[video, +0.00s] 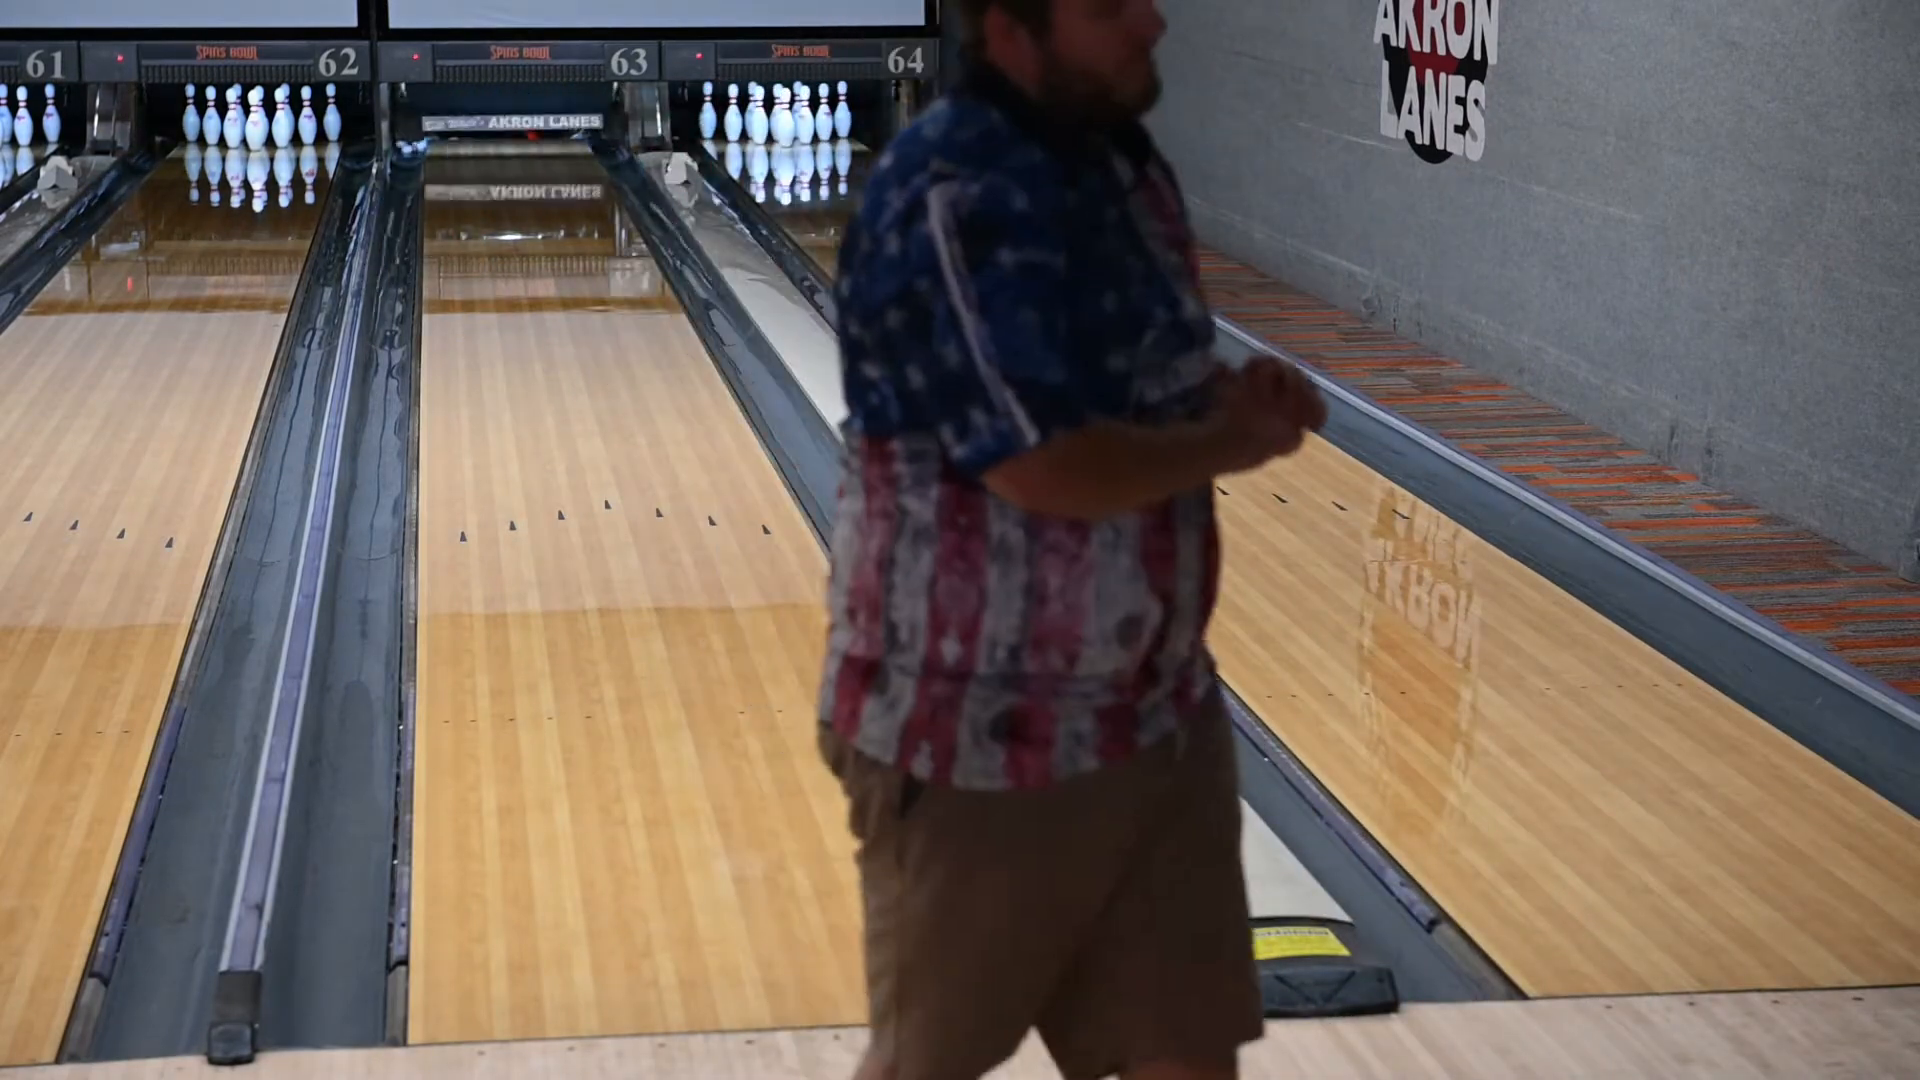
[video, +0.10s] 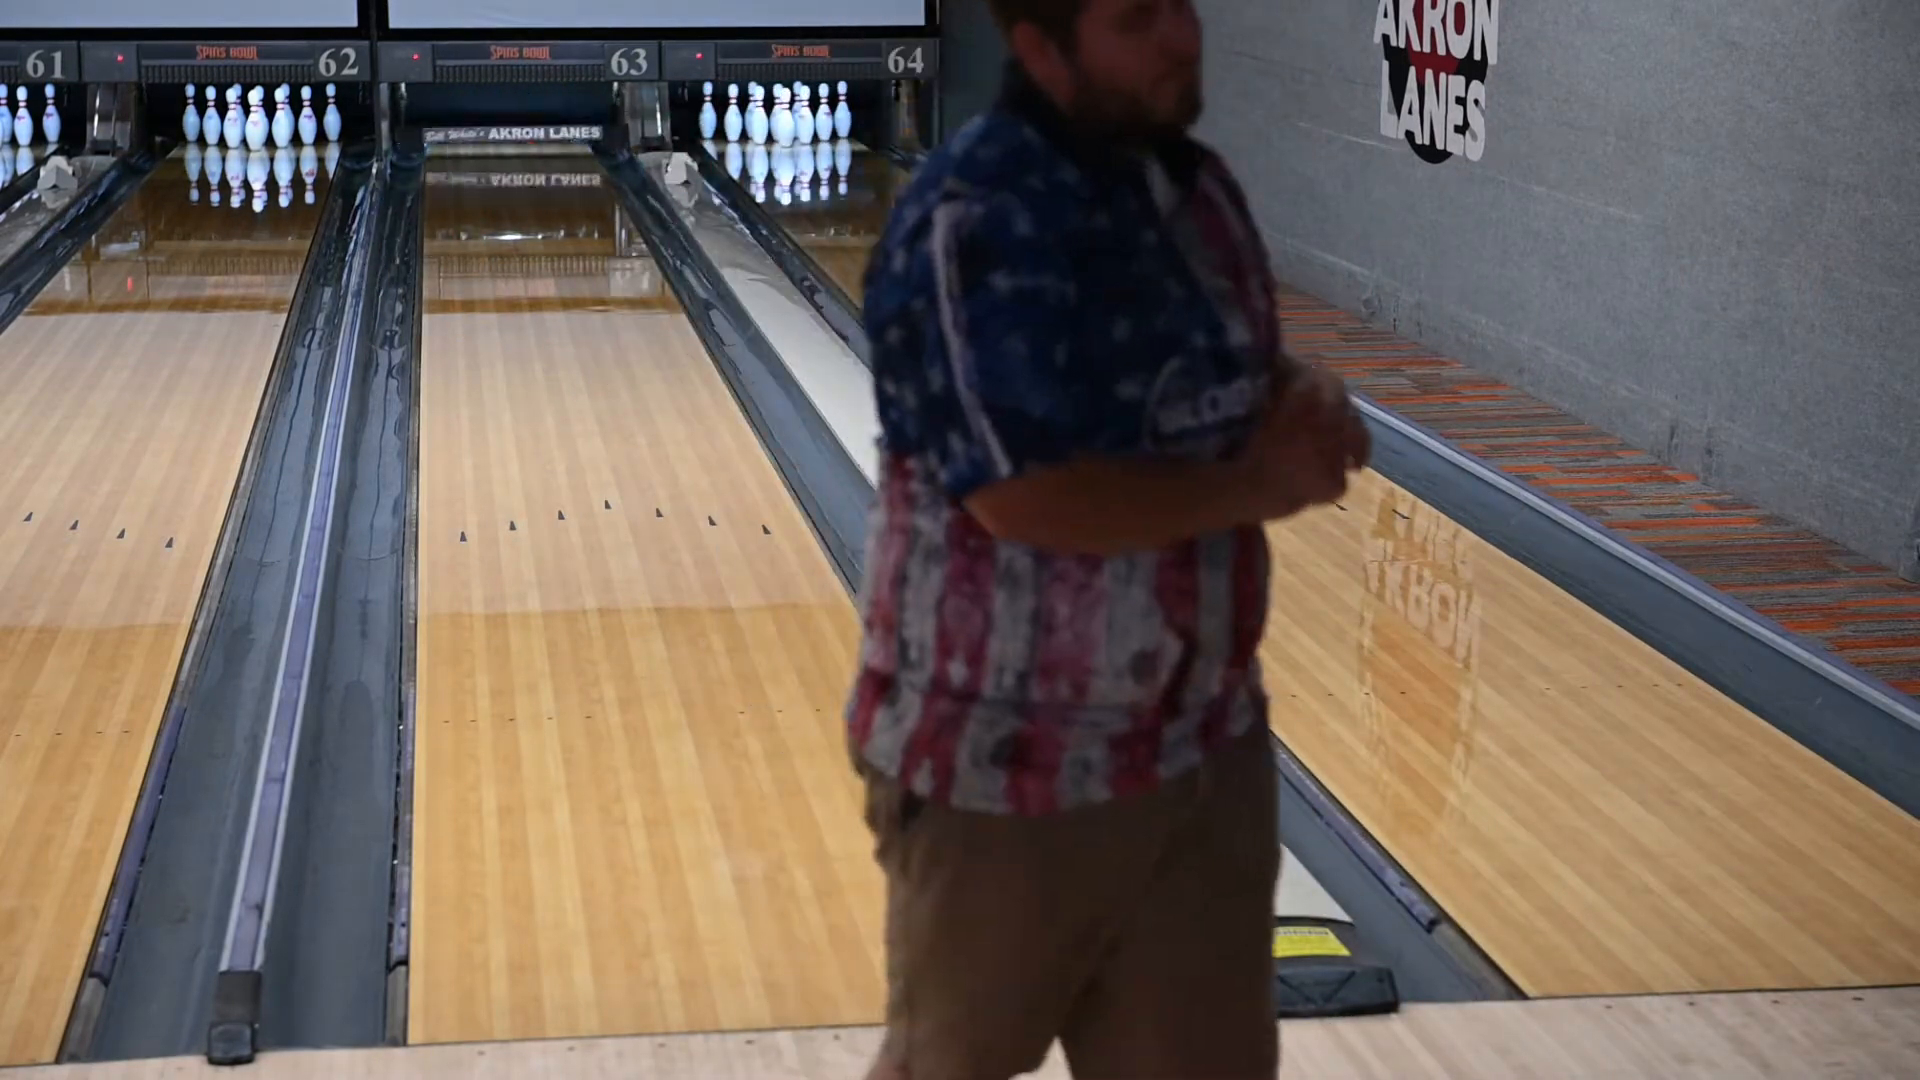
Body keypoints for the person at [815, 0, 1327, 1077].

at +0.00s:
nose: (1151, 20)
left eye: (1142, 0)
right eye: (1115, 4)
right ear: (1009, 29)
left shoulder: (1118, 159)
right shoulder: (941, 191)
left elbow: (1138, 379)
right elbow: (1038, 466)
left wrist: (1233, 398)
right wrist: (1229, 439)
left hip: (1152, 717)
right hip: (976, 740)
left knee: (1180, 1050)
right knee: (930, 1057)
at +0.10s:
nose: (1184, 38)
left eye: (1182, 8)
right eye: (1139, 17)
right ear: (1039, 46)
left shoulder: (1195, 183)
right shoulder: (969, 214)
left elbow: (1240, 383)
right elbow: (1019, 493)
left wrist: (1305, 414)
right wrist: (1256, 483)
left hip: (1202, 753)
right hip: (1003, 774)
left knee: (1206, 1063)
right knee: (951, 1063)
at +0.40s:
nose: (1324, 34)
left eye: (1334, 1)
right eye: (1272, 13)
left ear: (1366, 9)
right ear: (1184, 41)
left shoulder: (1420, 197)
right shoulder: (1087, 220)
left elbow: (1627, 342)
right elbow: (976, 479)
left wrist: (1566, 364)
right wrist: (1184, 666)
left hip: (1389, 804)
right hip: (1157, 824)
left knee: (1399, 1066)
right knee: (1164, 1068)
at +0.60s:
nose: (1398, 18)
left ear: (1458, 12)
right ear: (1260, 23)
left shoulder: (1532, 195)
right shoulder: (1146, 217)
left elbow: (1767, 280)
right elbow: (1001, 467)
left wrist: (1786, 394)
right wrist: (1026, 718)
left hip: (1467, 818)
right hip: (1210, 821)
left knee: (1471, 1065)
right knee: (1227, 1065)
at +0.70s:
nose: (1426, 25)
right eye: (1375, 2)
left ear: (1483, 15)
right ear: (1285, 31)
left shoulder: (1576, 219)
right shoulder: (1164, 234)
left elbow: (1806, 368)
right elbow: (1024, 494)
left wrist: (1919, 504)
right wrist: (996, 753)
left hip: (1498, 855)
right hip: (1233, 860)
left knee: (1476, 1065)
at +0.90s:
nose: (1453, 61)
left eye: (1477, 15)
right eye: (1396, 30)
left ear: (1520, 30)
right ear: (1314, 66)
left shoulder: (1629, 264)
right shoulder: (1196, 289)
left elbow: (1740, 540)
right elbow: (1065, 574)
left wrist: (1907, 760)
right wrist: (1007, 843)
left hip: (1557, 910)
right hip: (1286, 917)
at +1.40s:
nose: (1697, 90)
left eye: (1723, 38)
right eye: (1633, 50)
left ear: (1762, 58)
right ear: (1520, 88)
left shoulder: (1848, 295)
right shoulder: (1356, 326)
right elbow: (1143, 634)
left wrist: (1909, 823)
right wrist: (1226, 977)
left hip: (1795, 1020)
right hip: (1448, 1034)